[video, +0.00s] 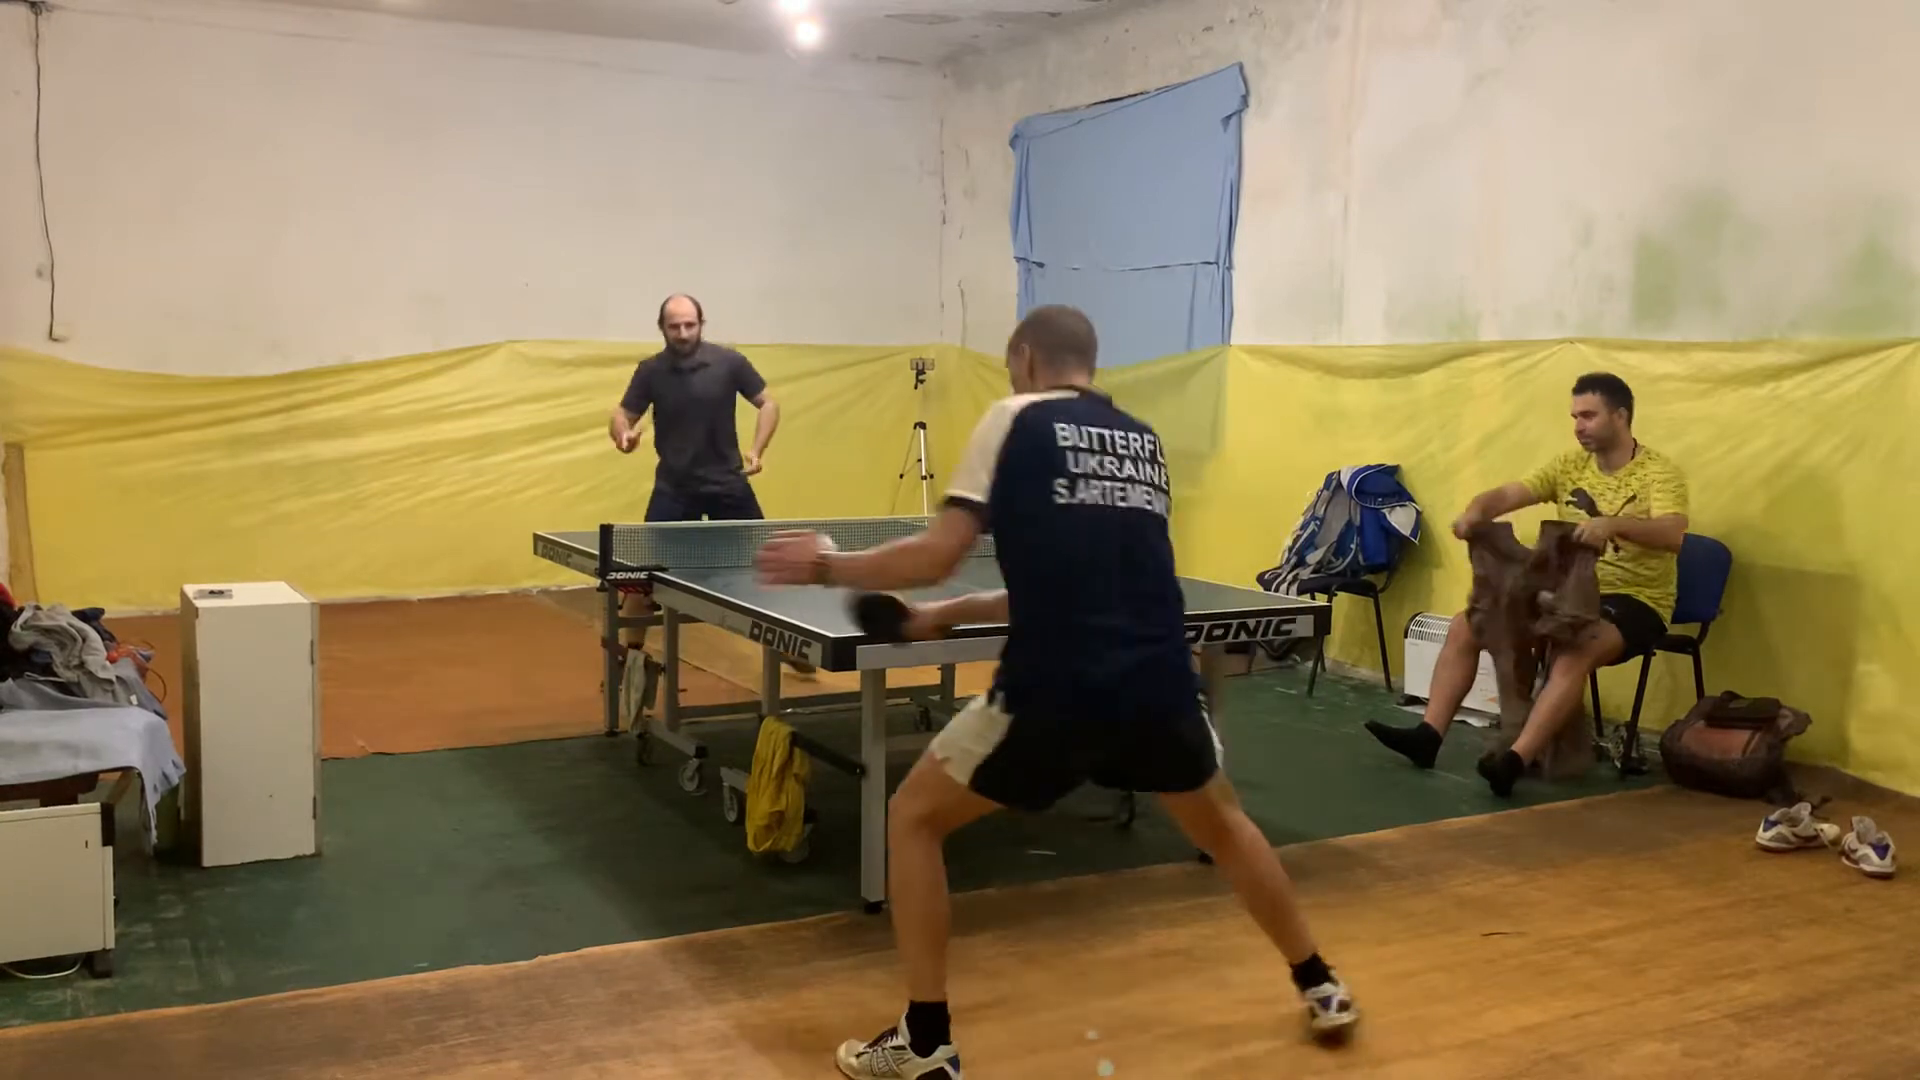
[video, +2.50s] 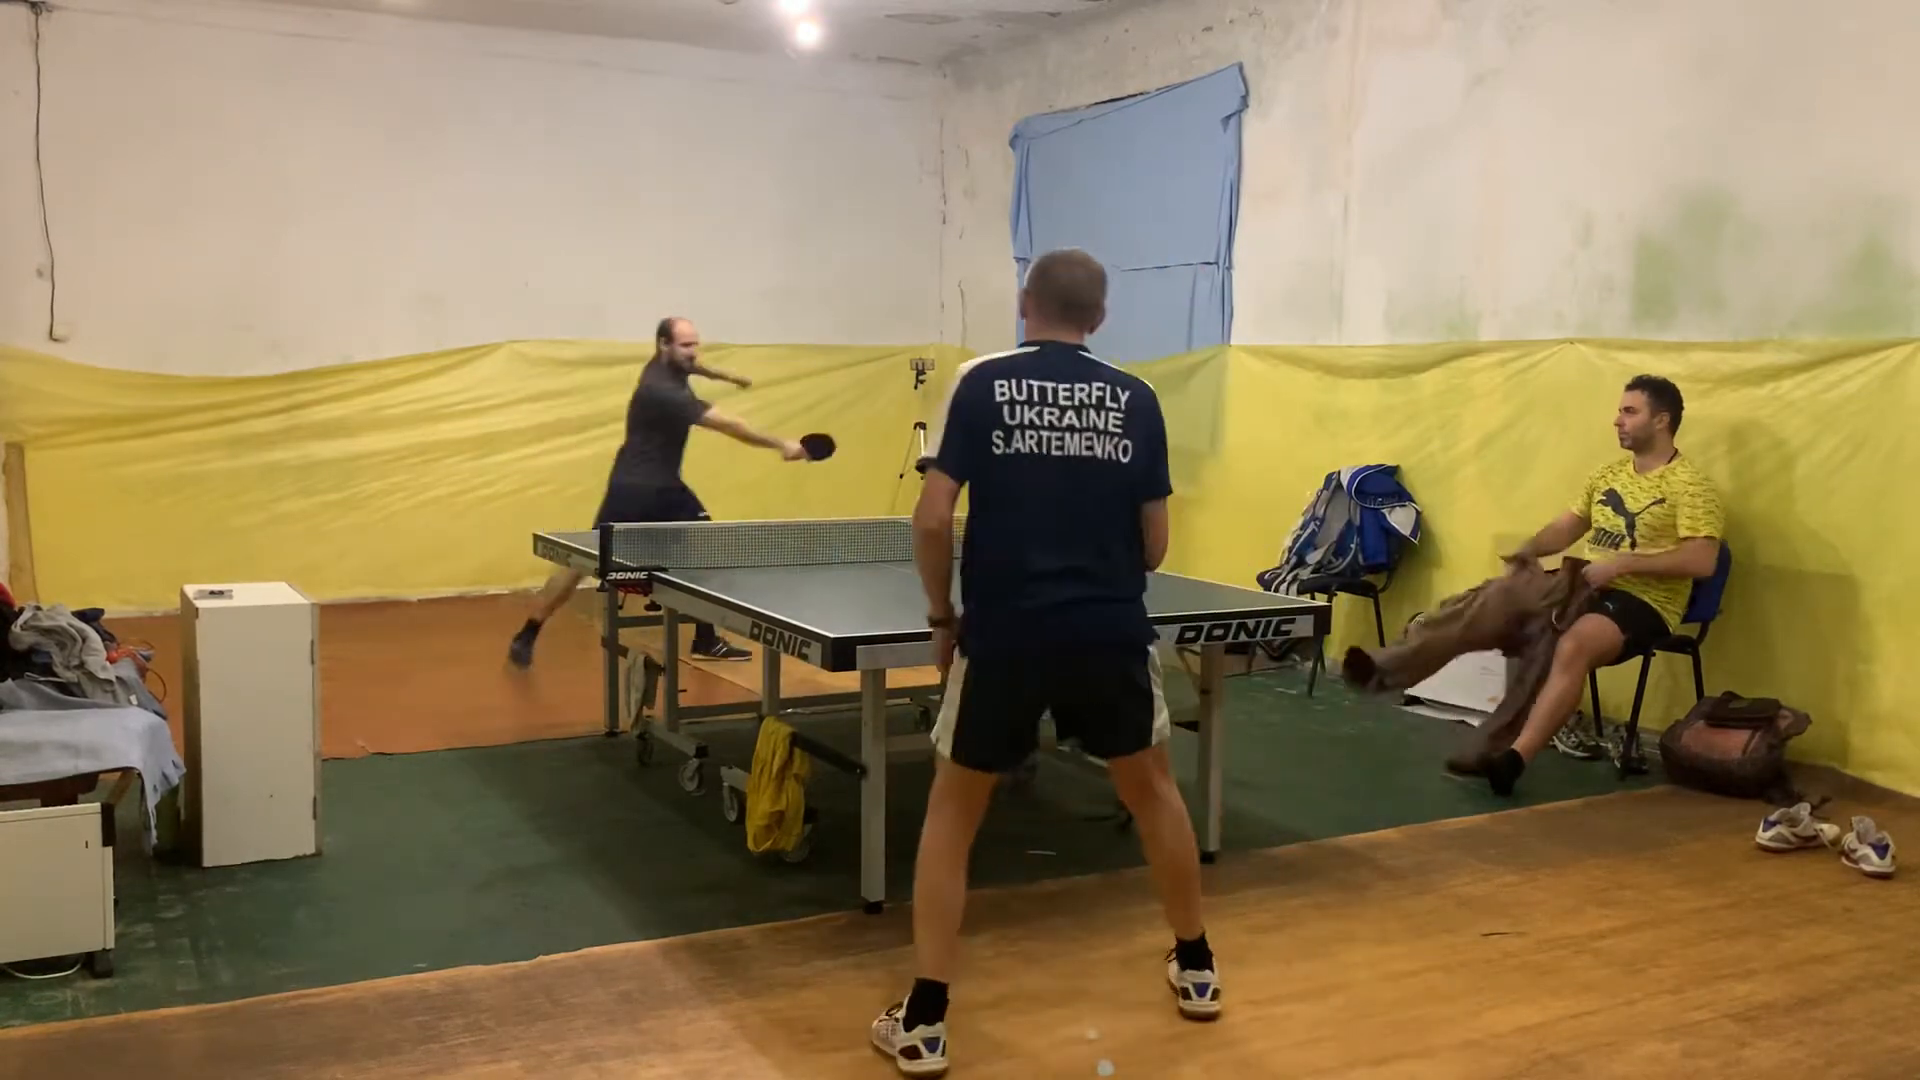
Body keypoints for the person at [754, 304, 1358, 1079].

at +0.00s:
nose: (1008, 377)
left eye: (1008, 367)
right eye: (1011, 369)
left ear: (1023, 362)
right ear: (1091, 367)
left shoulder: (1013, 417)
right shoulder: (1141, 437)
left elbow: (938, 552)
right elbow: (1083, 589)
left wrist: (830, 566)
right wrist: (942, 613)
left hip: (1050, 695)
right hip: (1160, 692)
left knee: (914, 819)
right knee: (1226, 829)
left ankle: (924, 1037)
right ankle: (1320, 983)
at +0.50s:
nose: (1078, 322)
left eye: (1081, 310)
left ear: (1086, 318)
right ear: (1174, 329)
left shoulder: (1066, 428)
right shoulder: (1222, 424)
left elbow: (1029, 597)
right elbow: (1241, 502)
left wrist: (932, 684)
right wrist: (1196, 399)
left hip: (1087, 709)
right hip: (1205, 711)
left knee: (950, 820)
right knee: (1183, 909)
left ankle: (948, 1045)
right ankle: (1218, 1075)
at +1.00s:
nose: (1179, 398)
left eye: (1181, 388)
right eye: (1180, 388)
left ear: (1194, 387)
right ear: (1268, 396)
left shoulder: (1169, 453)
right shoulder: (1326, 472)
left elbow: (1125, 603)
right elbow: (1367, 618)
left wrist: (1042, 689)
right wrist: (1298, 673)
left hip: (1211, 722)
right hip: (1328, 720)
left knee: (1082, 873)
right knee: (1358, 871)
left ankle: (1038, 1071)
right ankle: (1448, 1053)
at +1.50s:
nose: (1078, 340)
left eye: (1082, 328)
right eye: (1084, 329)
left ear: (1095, 335)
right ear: (1152, 353)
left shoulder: (1098, 376)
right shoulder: (1181, 412)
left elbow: (1122, 429)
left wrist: (1087, 482)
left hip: (1164, 643)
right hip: (1252, 633)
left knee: (1093, 855)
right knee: (1237, 800)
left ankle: (1046, 1066)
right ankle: (1371, 961)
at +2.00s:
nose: (1168, 364)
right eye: (1172, 355)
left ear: (1096, 340)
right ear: (1166, 350)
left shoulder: (1036, 407)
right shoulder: (1180, 401)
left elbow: (981, 519)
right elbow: (1211, 529)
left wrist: (954, 642)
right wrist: (1336, 591)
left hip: (1055, 650)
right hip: (1159, 647)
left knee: (994, 805)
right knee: (1191, 785)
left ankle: (951, 995)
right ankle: (1204, 960)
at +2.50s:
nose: (1017, 317)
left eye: (1020, 305)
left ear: (1026, 309)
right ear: (1099, 320)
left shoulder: (981, 383)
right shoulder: (1136, 397)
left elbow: (931, 520)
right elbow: (1153, 545)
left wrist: (942, 615)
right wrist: (1090, 570)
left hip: (1004, 639)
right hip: (1108, 637)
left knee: (951, 818)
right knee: (1150, 789)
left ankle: (925, 1017)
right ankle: (1197, 966)